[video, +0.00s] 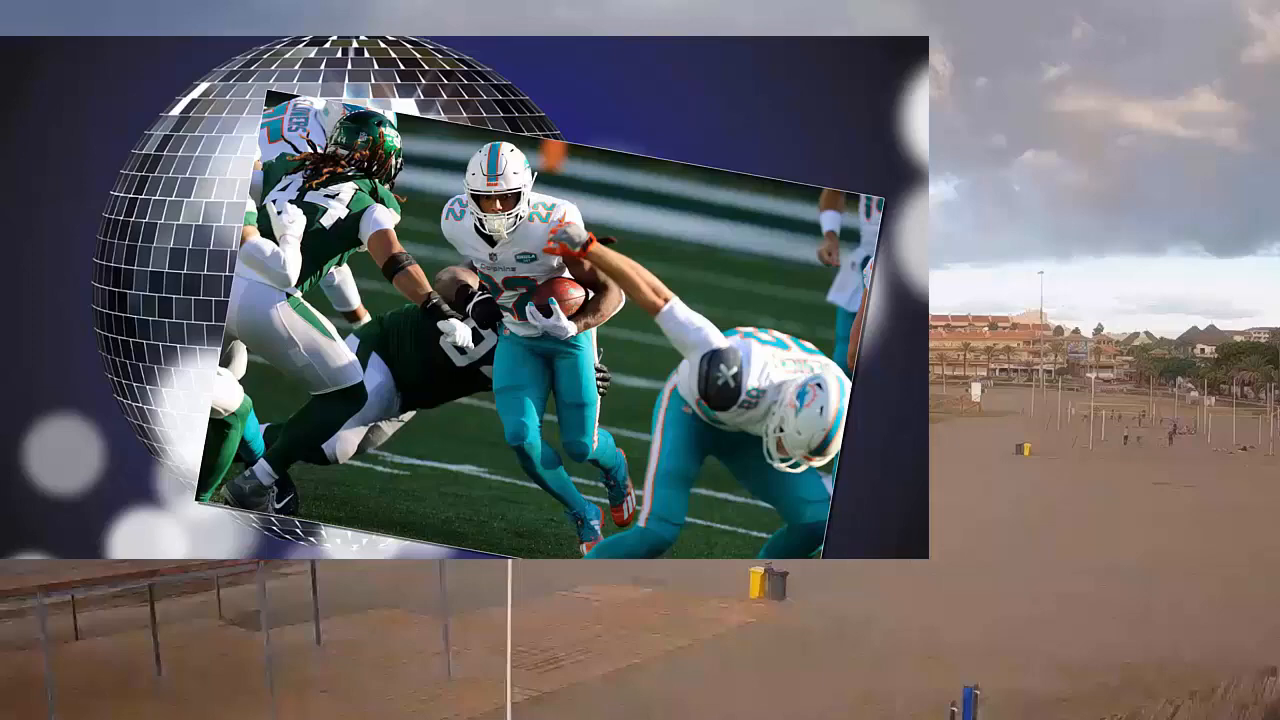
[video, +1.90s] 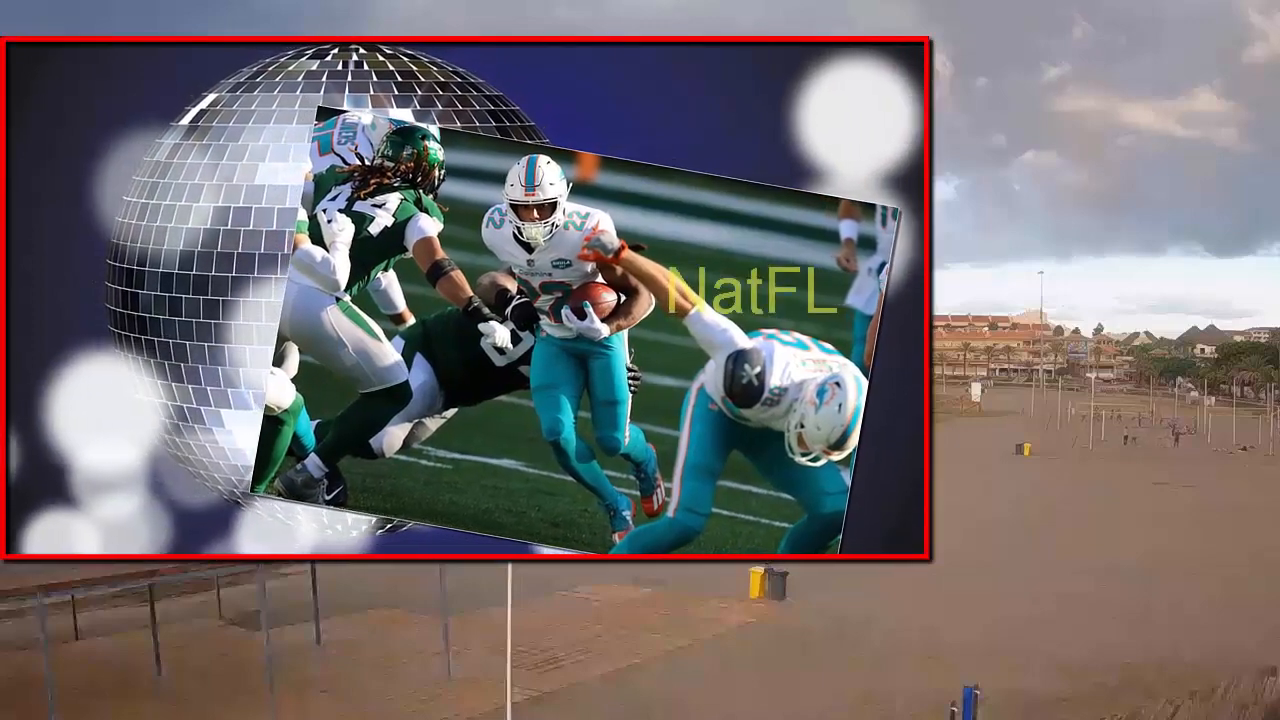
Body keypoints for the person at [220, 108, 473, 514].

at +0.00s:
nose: (394, 165)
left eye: (392, 156)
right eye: (392, 156)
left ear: (334, 143)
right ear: (381, 158)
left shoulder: (285, 168)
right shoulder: (366, 201)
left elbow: (231, 196)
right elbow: (394, 261)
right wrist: (435, 305)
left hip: (218, 278)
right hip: (267, 299)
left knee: (222, 379)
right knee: (347, 390)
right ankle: (258, 479)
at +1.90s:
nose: (437, 178)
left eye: (437, 170)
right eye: (436, 170)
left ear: (382, 156)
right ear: (425, 171)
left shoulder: (333, 178)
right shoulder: (411, 210)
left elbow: (281, 205)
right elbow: (437, 267)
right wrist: (480, 314)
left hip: (269, 284)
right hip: (318, 302)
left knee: (278, 371)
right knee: (394, 389)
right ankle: (311, 471)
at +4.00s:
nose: (485, 189)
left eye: (485, 182)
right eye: (483, 182)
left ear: (435, 170)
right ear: (473, 182)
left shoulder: (390, 190)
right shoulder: (463, 218)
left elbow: (340, 207)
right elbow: (485, 273)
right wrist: (522, 314)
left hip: (328, 289)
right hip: (374, 306)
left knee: (334, 369)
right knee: (445, 388)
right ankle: (367, 462)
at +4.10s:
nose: (487, 190)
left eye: (487, 182)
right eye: (485, 182)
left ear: (437, 170)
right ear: (474, 182)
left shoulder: (393, 192)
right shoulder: (464, 220)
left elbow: (343, 207)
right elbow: (488, 274)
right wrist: (526, 316)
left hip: (332, 289)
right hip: (376, 306)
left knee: (337, 369)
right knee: (447, 387)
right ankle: (370, 463)